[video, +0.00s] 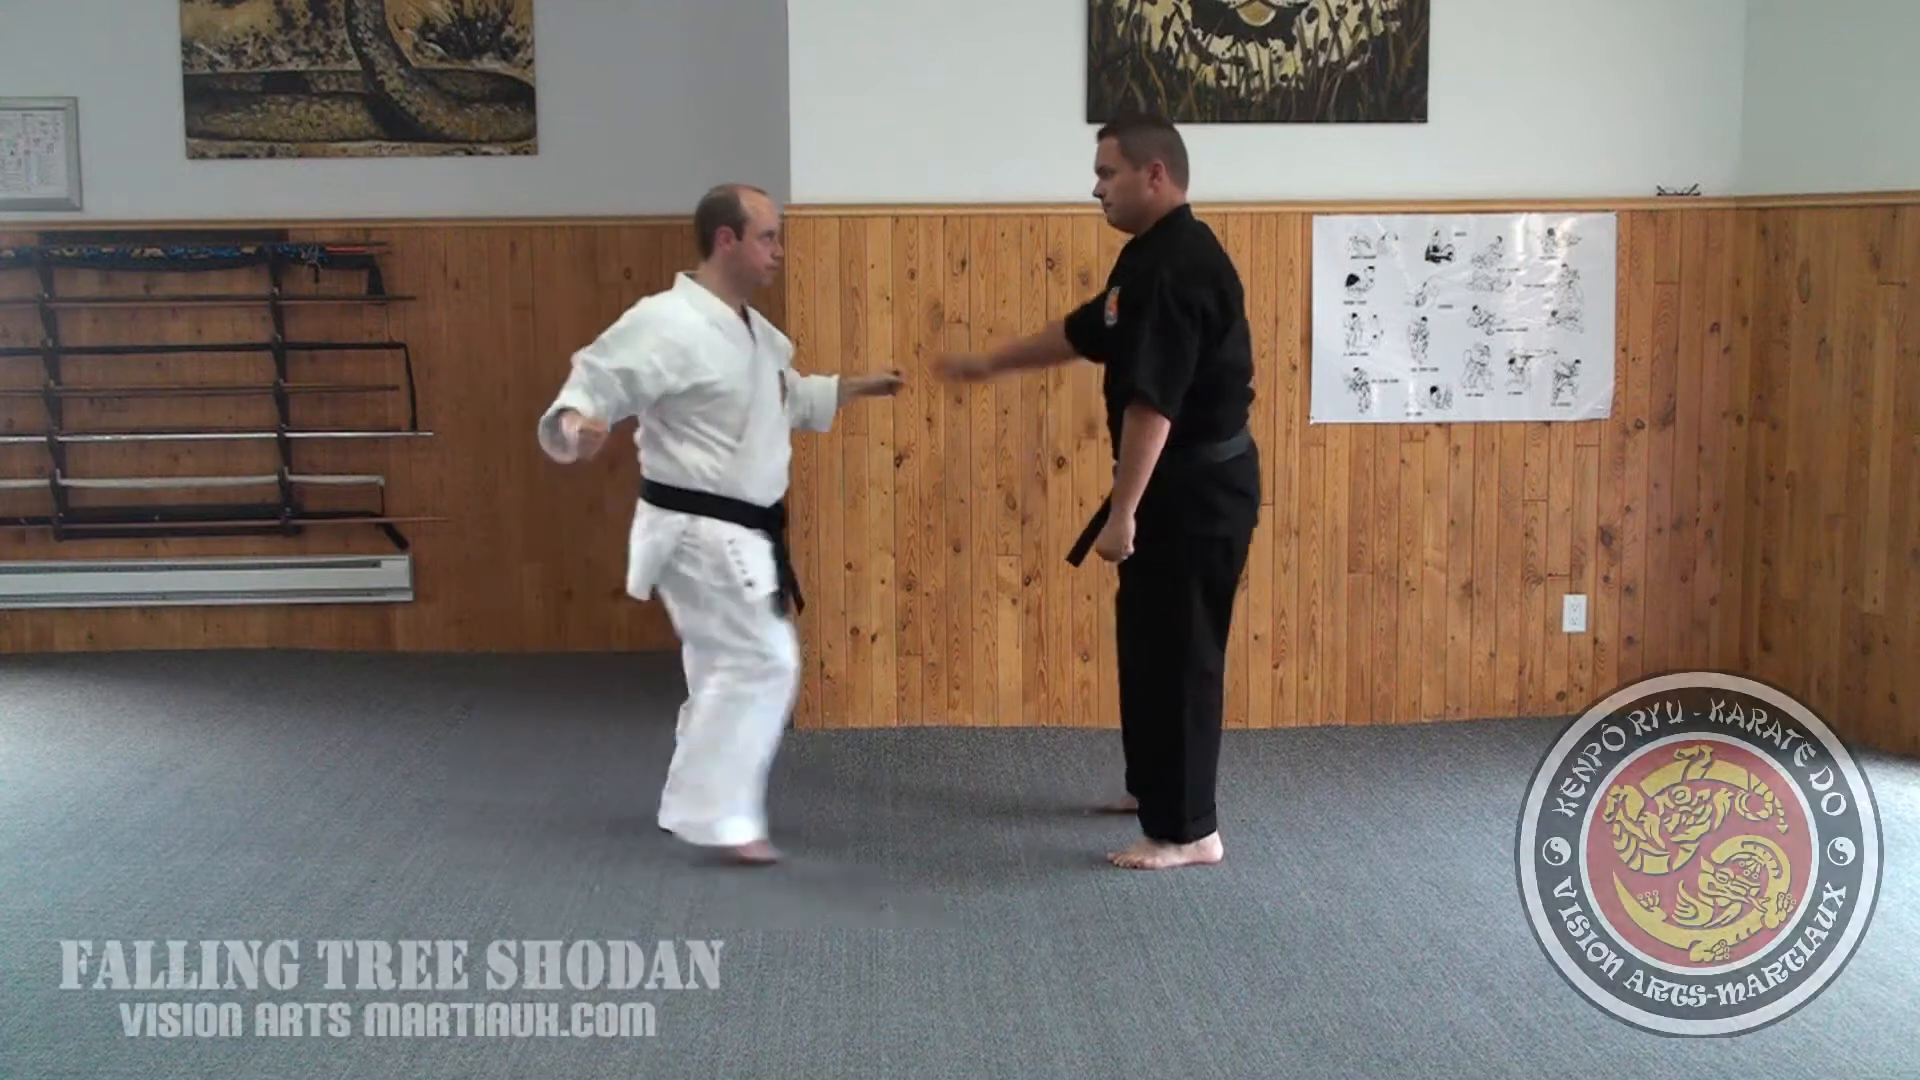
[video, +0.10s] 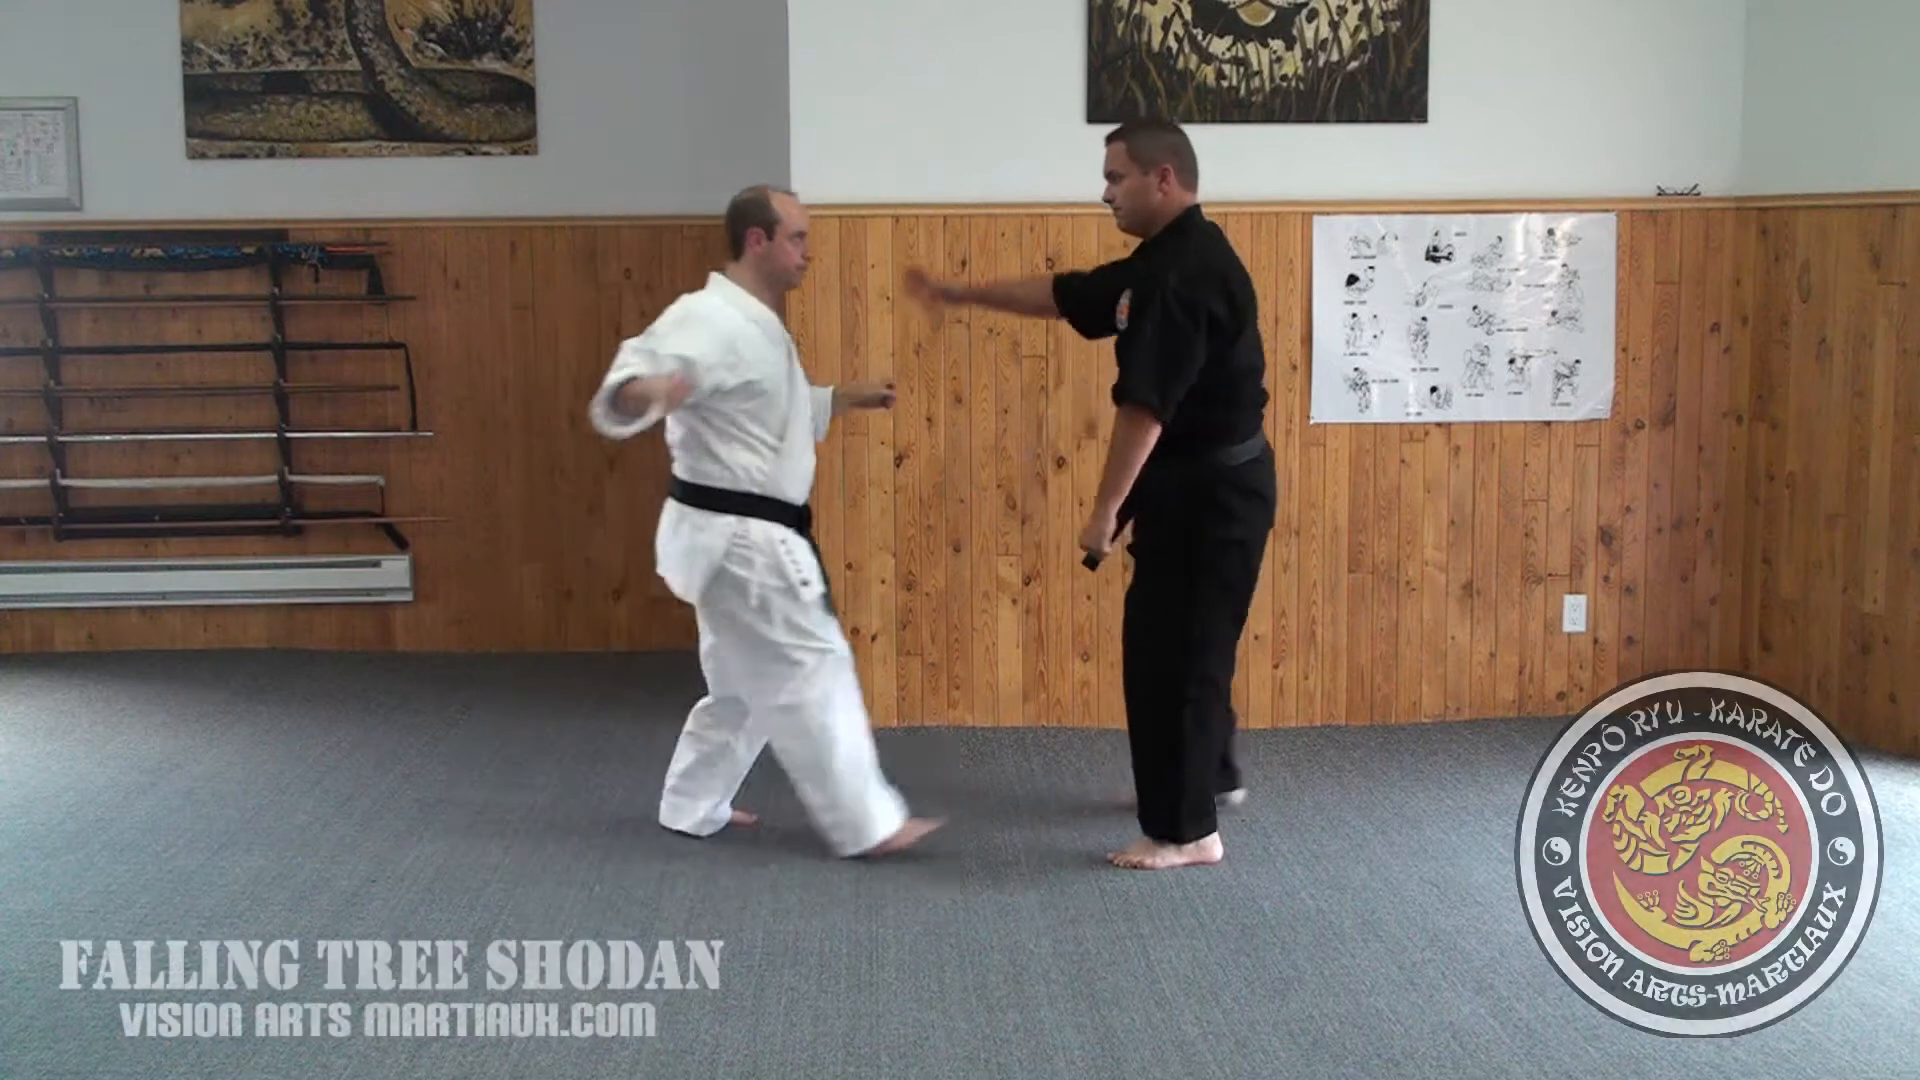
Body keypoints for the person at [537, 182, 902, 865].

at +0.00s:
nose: (779, 252)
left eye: (779, 239)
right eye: (768, 238)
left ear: (742, 243)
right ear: (725, 240)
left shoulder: (758, 334)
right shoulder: (665, 322)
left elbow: (788, 399)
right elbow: (585, 394)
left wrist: (856, 388)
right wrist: (572, 432)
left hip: (744, 527)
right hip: (697, 528)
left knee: (721, 672)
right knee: (766, 662)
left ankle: (695, 804)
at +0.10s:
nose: (807, 253)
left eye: (807, 240)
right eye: (796, 239)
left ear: (763, 243)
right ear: (756, 241)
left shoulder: (762, 324)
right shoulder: (707, 315)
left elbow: (778, 408)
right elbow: (623, 383)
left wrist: (850, 398)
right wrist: (651, 391)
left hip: (756, 528)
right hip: (733, 531)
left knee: (742, 679)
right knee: (816, 664)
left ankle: (693, 802)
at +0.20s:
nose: (836, 257)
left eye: (836, 244)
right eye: (826, 244)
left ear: (786, 249)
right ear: (784, 247)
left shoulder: (780, 318)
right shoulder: (746, 312)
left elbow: (769, 408)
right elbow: (705, 374)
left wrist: (840, 417)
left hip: (744, 531)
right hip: (776, 536)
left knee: (754, 687)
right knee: (860, 677)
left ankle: (691, 801)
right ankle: (940, 821)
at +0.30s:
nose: (862, 263)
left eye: (863, 250)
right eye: (853, 249)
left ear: (804, 255)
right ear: (815, 251)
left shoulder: (733, 342)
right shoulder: (808, 318)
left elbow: (735, 443)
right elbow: (837, 335)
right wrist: (900, 290)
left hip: (754, 542)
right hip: (825, 545)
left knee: (765, 679)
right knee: (909, 680)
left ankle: (693, 798)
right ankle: (958, 833)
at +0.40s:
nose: (893, 258)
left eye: (891, 244)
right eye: (884, 245)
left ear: (832, 249)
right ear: (847, 247)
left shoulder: (760, 333)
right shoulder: (870, 309)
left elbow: (727, 436)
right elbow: (957, 284)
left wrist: (784, 469)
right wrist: (1026, 238)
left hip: (777, 537)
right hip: (856, 540)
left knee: (782, 669)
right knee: (934, 672)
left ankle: (706, 797)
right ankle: (960, 832)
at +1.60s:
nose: (906, 252)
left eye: (905, 237)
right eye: (898, 238)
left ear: (837, 244)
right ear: (861, 241)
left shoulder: (772, 320)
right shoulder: (889, 310)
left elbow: (729, 421)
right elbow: (988, 336)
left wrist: (781, 466)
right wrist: (1078, 311)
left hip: (784, 533)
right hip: (869, 537)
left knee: (775, 675)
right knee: (937, 671)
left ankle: (721, 810)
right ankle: (962, 833)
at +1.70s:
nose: (902, 255)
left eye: (900, 239)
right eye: (893, 239)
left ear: (838, 246)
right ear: (857, 243)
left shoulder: (769, 324)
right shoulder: (881, 317)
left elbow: (732, 431)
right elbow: (954, 393)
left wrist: (789, 468)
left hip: (784, 536)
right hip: (868, 538)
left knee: (777, 677)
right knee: (939, 673)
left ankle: (720, 810)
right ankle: (961, 833)